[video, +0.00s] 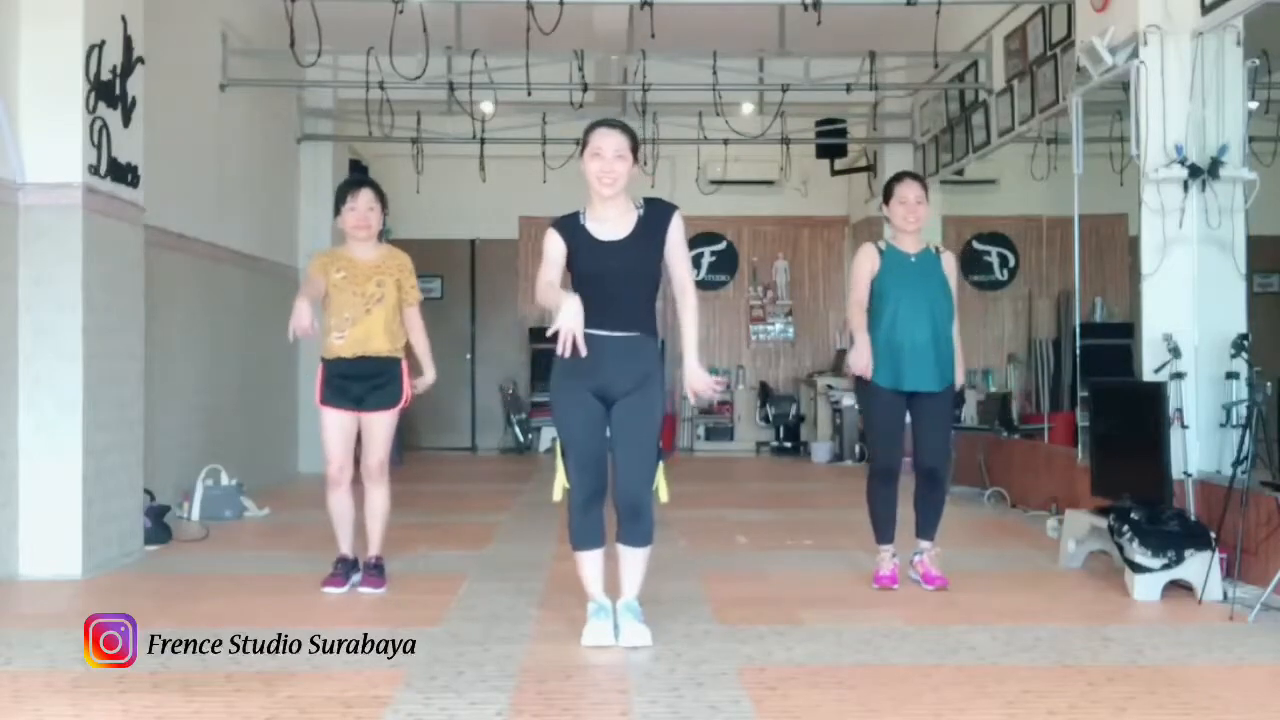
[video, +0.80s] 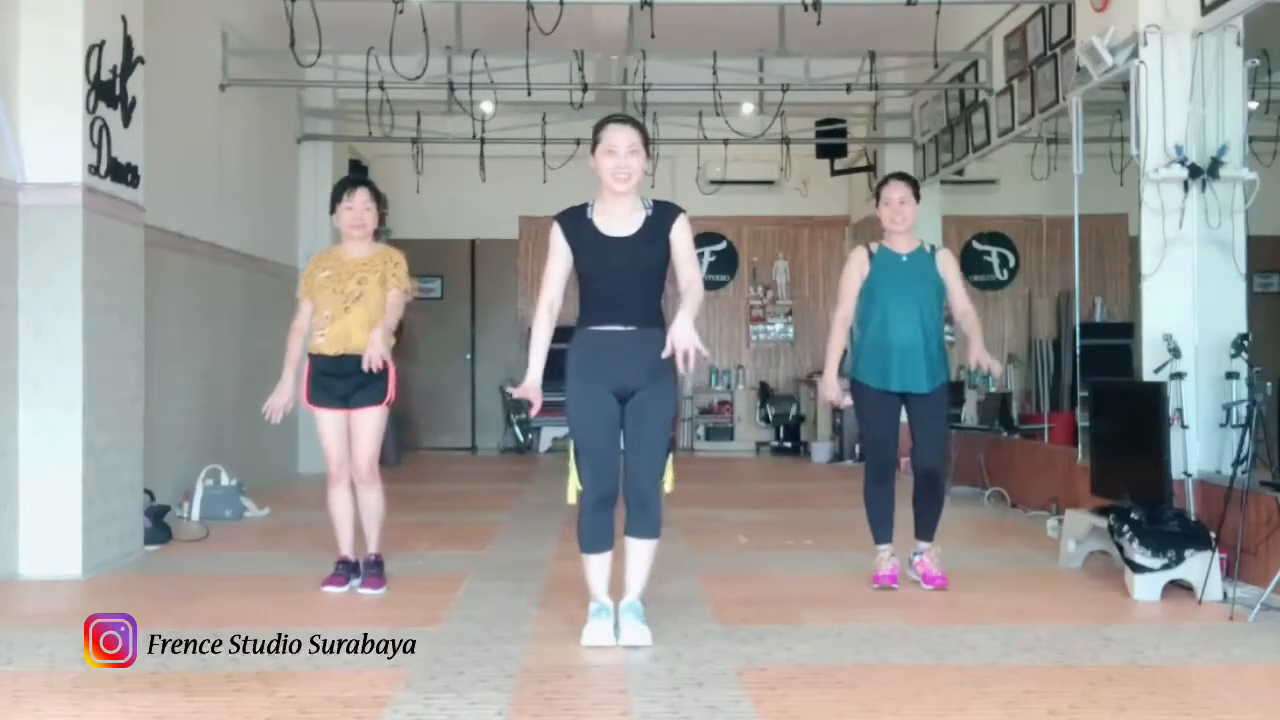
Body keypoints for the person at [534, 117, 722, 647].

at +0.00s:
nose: (607, 166)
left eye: (618, 156)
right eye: (597, 155)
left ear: (635, 165)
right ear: (582, 163)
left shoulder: (664, 220)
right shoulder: (562, 231)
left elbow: (685, 291)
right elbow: (544, 292)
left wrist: (692, 361)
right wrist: (567, 299)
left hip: (641, 368)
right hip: (576, 368)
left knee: (635, 490)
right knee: (585, 488)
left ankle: (629, 605)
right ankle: (597, 605)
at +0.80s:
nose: (622, 161)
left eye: (632, 151)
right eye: (611, 151)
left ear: (647, 159)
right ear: (593, 160)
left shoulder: (669, 220)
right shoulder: (569, 224)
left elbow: (692, 286)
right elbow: (548, 301)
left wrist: (684, 319)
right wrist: (534, 373)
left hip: (653, 364)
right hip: (590, 366)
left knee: (645, 487)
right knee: (598, 487)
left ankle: (632, 604)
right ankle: (599, 605)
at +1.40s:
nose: (608, 172)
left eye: (619, 162)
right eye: (598, 161)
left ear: (637, 170)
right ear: (581, 168)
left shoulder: (658, 223)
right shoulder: (556, 229)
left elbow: (684, 285)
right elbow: (516, 294)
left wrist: (701, 341)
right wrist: (480, 357)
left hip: (636, 369)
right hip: (572, 370)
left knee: (640, 494)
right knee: (578, 496)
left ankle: (631, 605)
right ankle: (589, 611)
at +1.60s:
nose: (599, 187)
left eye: (610, 179)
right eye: (588, 178)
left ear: (625, 190)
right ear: (572, 187)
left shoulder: (649, 246)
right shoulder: (546, 249)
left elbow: (677, 324)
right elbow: (509, 319)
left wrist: (697, 397)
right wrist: (500, 369)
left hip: (626, 383)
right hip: (561, 384)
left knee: (639, 466)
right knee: (567, 504)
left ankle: (635, 578)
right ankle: (589, 611)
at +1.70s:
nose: (597, 176)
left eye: (609, 167)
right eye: (587, 166)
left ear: (624, 177)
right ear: (570, 175)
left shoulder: (647, 233)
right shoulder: (544, 236)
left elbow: (677, 307)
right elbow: (503, 307)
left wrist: (694, 378)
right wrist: (506, 340)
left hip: (625, 375)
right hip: (559, 375)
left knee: (638, 461)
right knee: (568, 500)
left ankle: (630, 596)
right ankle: (588, 611)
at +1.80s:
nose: (596, 167)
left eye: (607, 158)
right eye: (586, 157)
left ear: (623, 167)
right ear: (569, 164)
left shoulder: (644, 223)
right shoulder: (541, 223)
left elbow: (676, 296)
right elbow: (506, 294)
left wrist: (692, 364)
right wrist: (519, 311)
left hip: (624, 364)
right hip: (560, 364)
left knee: (633, 483)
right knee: (572, 496)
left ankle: (626, 615)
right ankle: (588, 612)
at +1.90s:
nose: (595, 169)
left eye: (606, 160)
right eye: (585, 159)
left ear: (621, 170)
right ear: (567, 166)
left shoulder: (641, 226)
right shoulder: (539, 227)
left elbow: (667, 293)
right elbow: (509, 302)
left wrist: (686, 360)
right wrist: (530, 298)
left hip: (623, 366)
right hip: (558, 367)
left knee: (626, 492)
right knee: (572, 497)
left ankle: (623, 627)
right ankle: (588, 611)